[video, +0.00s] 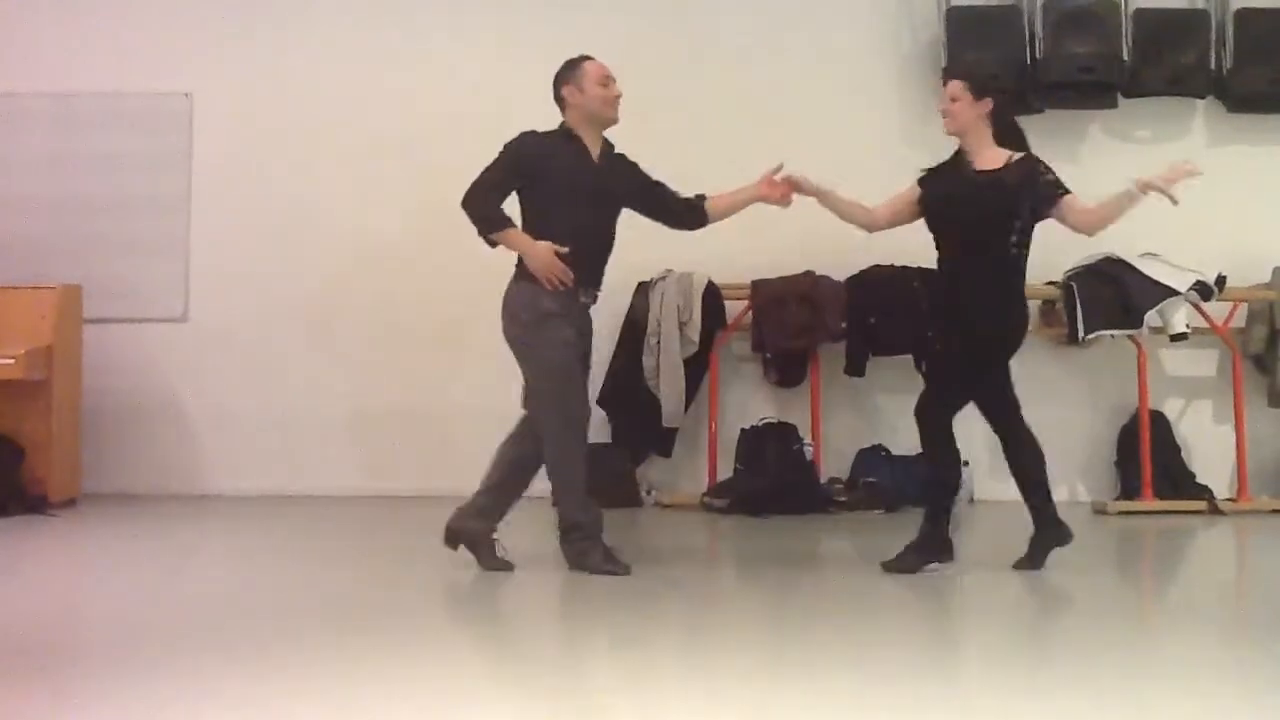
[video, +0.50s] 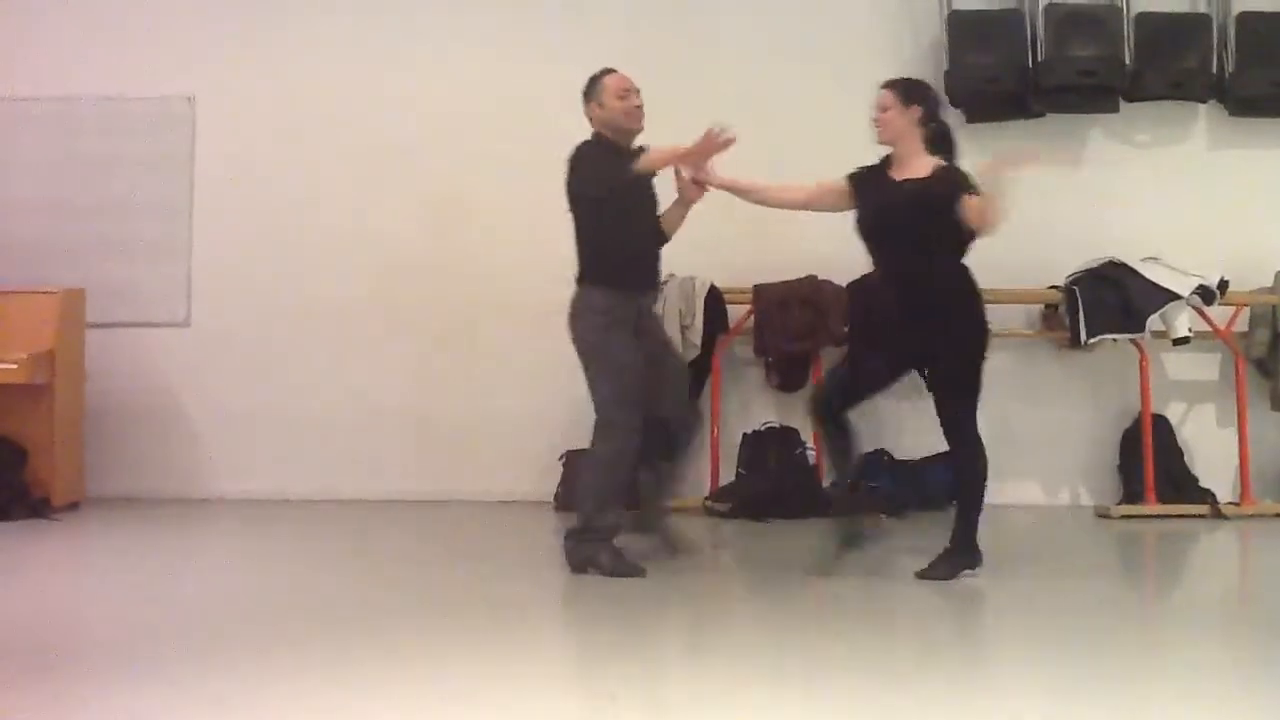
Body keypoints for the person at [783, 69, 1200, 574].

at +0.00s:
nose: (942, 108)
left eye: (952, 99)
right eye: (942, 100)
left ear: (986, 105)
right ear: (958, 107)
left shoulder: (1024, 171)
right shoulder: (943, 179)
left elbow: (1086, 220)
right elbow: (875, 218)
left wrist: (1138, 189)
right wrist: (814, 189)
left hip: (999, 316)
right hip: (952, 316)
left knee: (931, 413)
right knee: (1008, 423)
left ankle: (935, 537)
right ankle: (1048, 523)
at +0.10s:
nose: (944, 112)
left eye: (954, 102)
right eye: (943, 103)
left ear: (986, 107)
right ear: (954, 110)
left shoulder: (1024, 174)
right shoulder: (940, 181)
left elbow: (1087, 222)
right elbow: (869, 214)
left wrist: (1143, 190)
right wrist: (797, 188)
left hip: (999, 320)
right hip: (955, 321)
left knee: (928, 413)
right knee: (1010, 425)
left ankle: (940, 536)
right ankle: (1050, 526)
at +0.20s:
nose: (936, 114)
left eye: (945, 104)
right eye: (936, 105)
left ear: (976, 110)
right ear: (959, 111)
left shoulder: (1011, 176)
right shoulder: (927, 181)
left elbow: (1074, 224)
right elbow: (850, 210)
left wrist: (1129, 191)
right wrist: (772, 189)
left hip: (990, 319)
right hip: (946, 320)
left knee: (929, 417)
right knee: (985, 427)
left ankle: (964, 540)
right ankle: (1046, 523)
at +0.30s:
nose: (923, 112)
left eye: (932, 103)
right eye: (923, 104)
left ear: (963, 109)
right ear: (942, 111)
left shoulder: (996, 176)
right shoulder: (910, 178)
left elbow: (1059, 224)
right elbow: (837, 204)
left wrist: (1110, 190)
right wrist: (756, 187)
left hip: (985, 312)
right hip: (936, 312)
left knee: (943, 422)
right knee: (937, 424)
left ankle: (974, 540)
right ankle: (1005, 517)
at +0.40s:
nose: (896, 116)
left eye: (906, 107)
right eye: (896, 108)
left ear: (937, 113)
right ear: (909, 116)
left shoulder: (968, 181)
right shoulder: (888, 180)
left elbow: (1019, 222)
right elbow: (812, 197)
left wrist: (1051, 188)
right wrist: (728, 182)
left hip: (966, 319)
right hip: (914, 320)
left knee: (962, 427)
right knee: (859, 414)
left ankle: (971, 547)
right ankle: (924, 496)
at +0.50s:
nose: (875, 117)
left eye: (885, 109)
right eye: (876, 110)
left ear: (916, 114)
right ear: (900, 116)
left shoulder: (948, 179)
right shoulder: (869, 182)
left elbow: (983, 223)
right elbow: (795, 196)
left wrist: (997, 182)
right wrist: (718, 181)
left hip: (952, 322)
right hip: (895, 324)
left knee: (961, 431)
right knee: (827, 404)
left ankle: (964, 545)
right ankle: (851, 508)